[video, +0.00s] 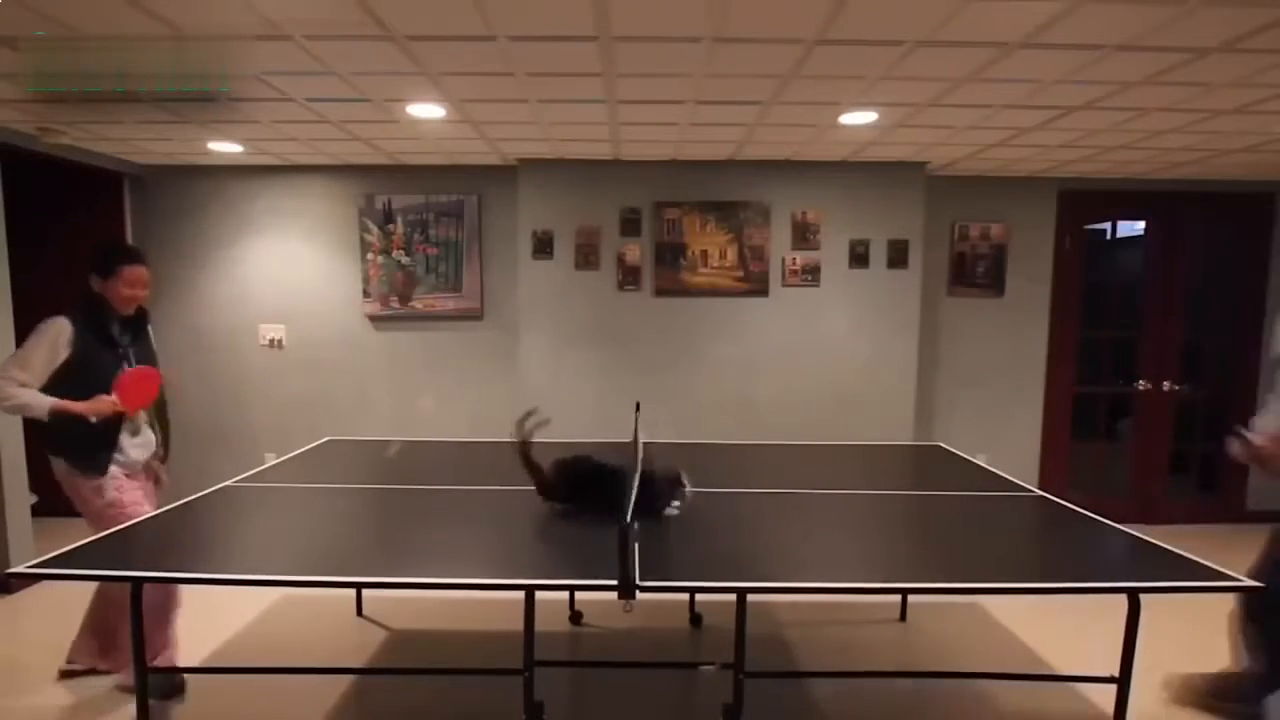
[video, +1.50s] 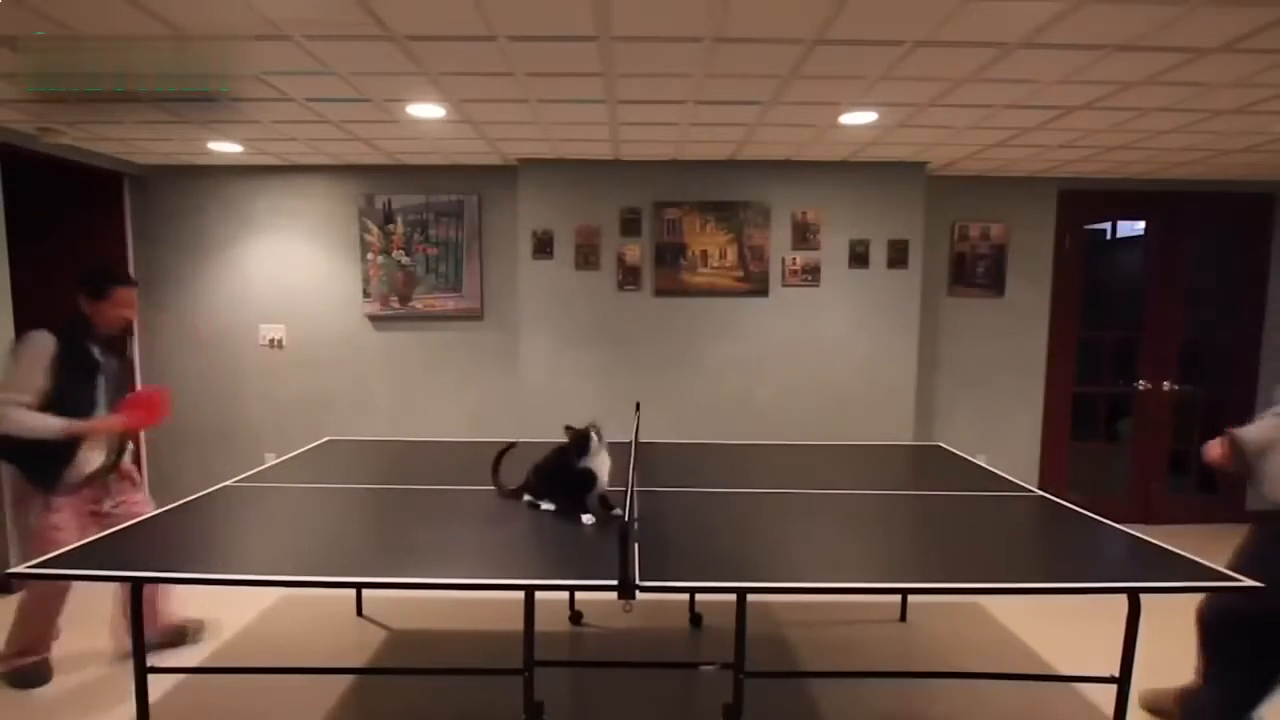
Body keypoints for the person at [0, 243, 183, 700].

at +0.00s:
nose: (139, 295)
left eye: (144, 286)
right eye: (130, 286)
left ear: (146, 287)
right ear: (100, 284)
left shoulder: (136, 327)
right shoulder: (64, 330)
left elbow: (141, 387)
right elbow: (6, 390)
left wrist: (154, 389)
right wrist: (77, 407)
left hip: (140, 458)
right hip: (90, 467)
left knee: (133, 553)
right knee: (154, 550)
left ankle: (90, 655)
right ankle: (154, 668)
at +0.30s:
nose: (186, 282)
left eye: (188, 272)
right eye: (175, 273)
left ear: (186, 276)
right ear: (142, 278)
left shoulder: (175, 328)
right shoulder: (119, 325)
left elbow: (186, 403)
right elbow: (110, 378)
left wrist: (188, 460)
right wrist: (182, 344)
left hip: (165, 466)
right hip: (121, 468)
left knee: (133, 565)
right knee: (176, 569)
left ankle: (92, 657)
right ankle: (174, 689)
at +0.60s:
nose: (227, 292)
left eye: (229, 283)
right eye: (218, 282)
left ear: (218, 283)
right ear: (182, 280)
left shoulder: (200, 327)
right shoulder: (150, 324)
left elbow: (189, 381)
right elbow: (94, 386)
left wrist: (227, 385)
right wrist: (179, 387)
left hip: (175, 469)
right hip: (132, 473)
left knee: (136, 564)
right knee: (172, 578)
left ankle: (103, 640)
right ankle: (173, 692)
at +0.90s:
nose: (205, 341)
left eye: (209, 332)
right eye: (198, 331)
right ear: (168, 324)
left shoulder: (180, 369)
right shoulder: (119, 362)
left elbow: (161, 434)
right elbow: (48, 422)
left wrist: (162, 473)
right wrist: (114, 454)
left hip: (139, 478)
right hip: (85, 482)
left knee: (169, 550)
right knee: (133, 563)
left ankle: (117, 648)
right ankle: (164, 676)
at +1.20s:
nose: (164, 345)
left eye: (168, 336)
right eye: (158, 334)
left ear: (170, 335)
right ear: (130, 328)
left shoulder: (139, 374)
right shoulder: (73, 364)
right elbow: (6, 419)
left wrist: (120, 460)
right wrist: (67, 456)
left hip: (102, 481)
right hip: (53, 491)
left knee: (129, 552)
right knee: (59, 573)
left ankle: (117, 644)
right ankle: (26, 655)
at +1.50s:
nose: (129, 318)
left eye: (132, 309)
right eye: (121, 308)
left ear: (129, 309)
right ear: (90, 305)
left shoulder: (116, 356)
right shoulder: (45, 346)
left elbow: (105, 417)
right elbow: (8, 416)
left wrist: (131, 418)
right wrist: (86, 427)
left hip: (109, 478)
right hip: (55, 486)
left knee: (149, 539)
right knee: (58, 562)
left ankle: (149, 629)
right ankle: (24, 654)